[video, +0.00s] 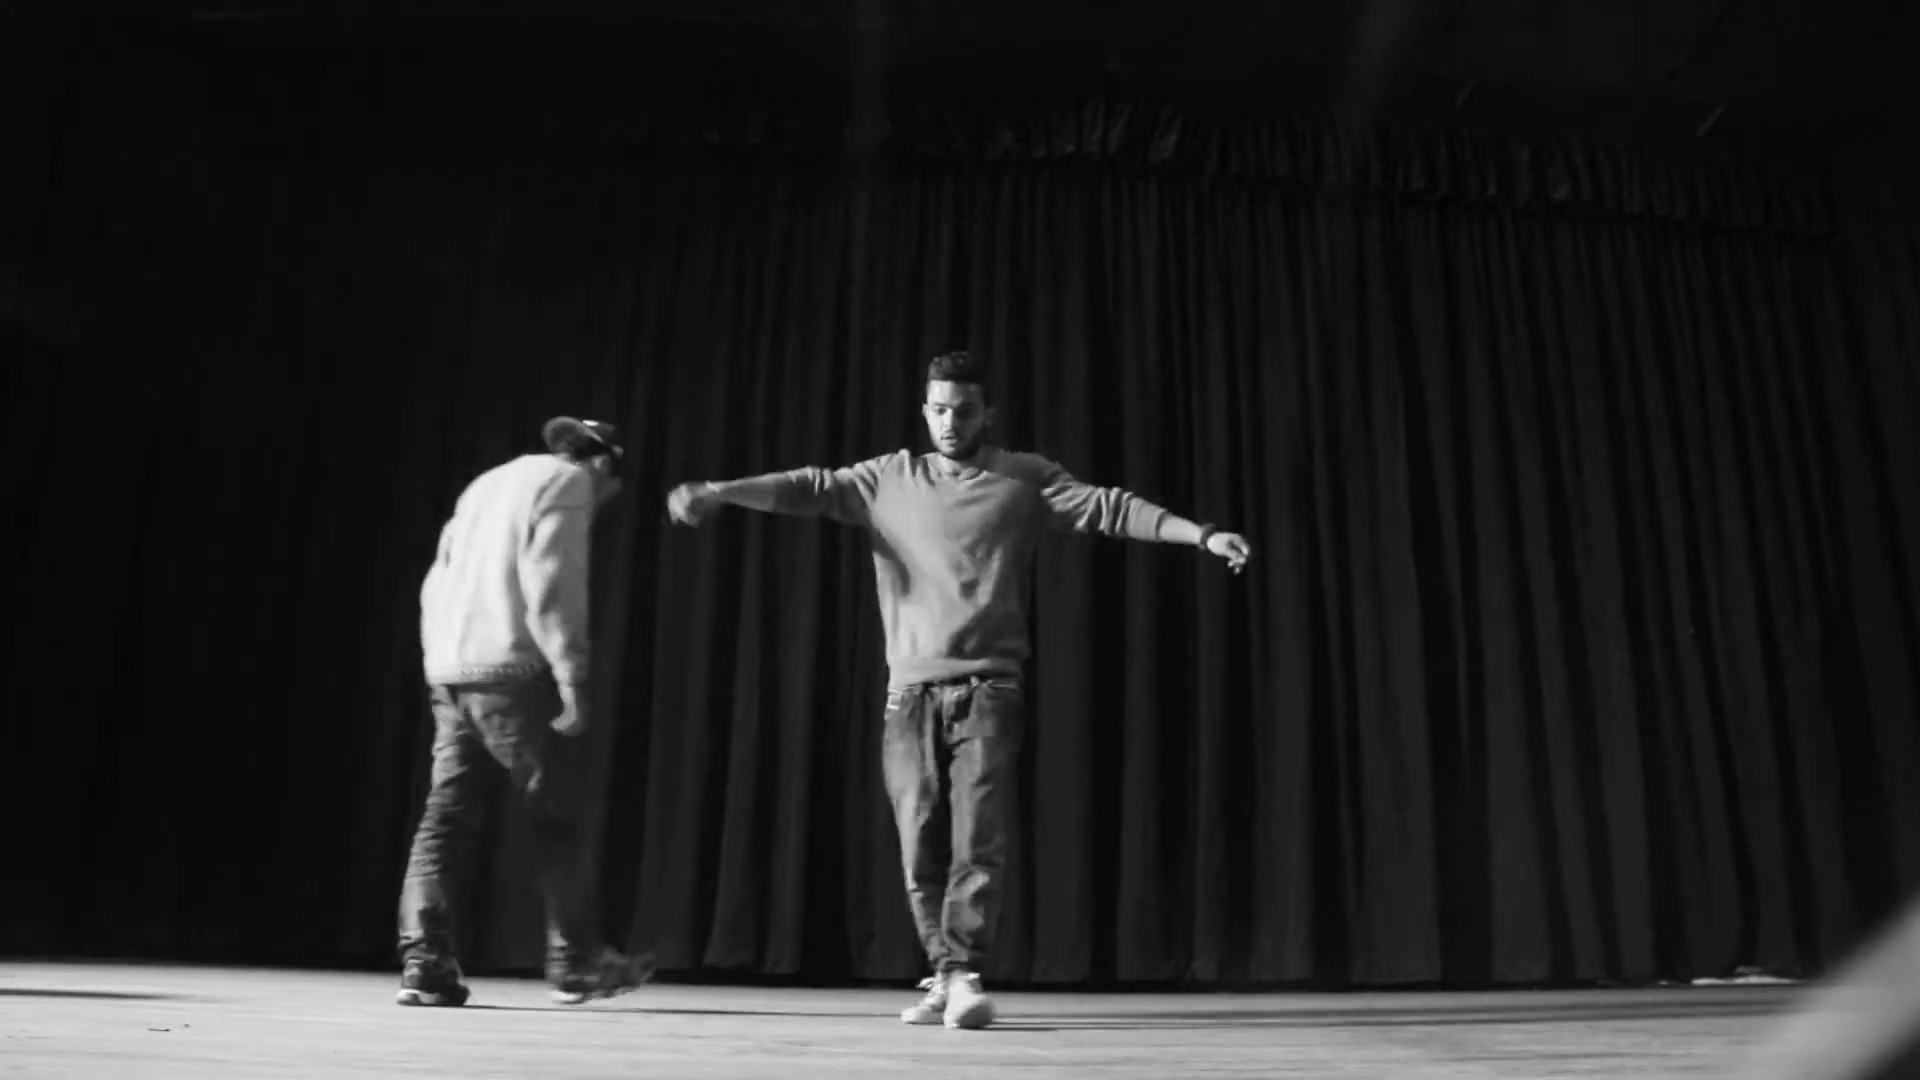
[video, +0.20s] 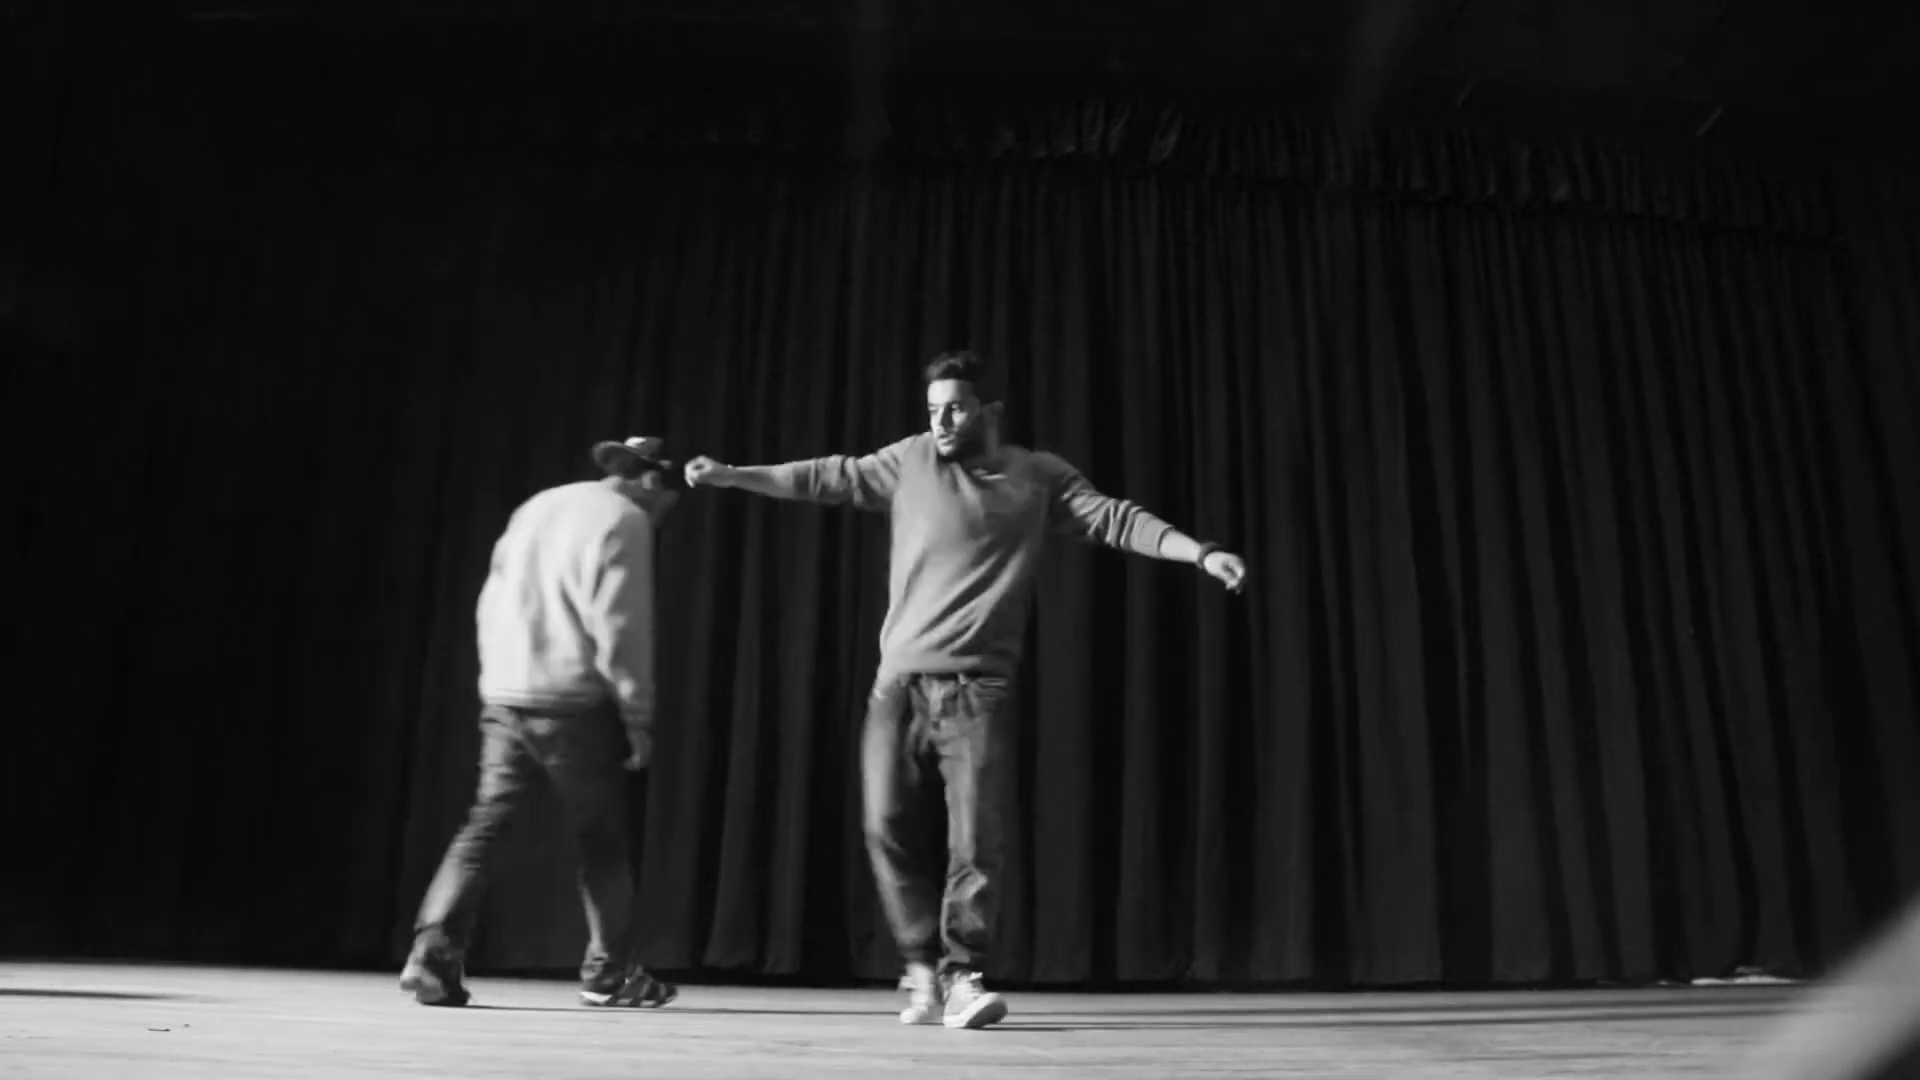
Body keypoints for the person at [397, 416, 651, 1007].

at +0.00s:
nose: (605, 494)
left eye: (610, 485)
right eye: (609, 481)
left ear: (560, 450)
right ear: (599, 462)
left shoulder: (485, 485)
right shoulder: (568, 478)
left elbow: (438, 582)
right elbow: (553, 580)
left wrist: (445, 671)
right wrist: (573, 680)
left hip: (453, 679)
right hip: (511, 676)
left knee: (445, 819)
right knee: (558, 815)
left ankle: (425, 961)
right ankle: (576, 960)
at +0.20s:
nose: (667, 508)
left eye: (672, 498)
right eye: (669, 495)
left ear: (617, 472)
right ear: (650, 479)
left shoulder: (533, 509)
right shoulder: (624, 519)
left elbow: (494, 605)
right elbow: (620, 626)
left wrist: (503, 684)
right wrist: (638, 718)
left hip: (507, 699)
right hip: (572, 704)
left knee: (484, 828)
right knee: (602, 835)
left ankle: (432, 955)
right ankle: (610, 970)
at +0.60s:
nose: (751, 506)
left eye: (753, 496)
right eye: (748, 494)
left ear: (698, 484)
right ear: (720, 485)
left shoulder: (624, 532)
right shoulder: (713, 532)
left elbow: (596, 630)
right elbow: (728, 632)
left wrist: (608, 711)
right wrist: (749, 715)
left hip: (623, 708)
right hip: (677, 707)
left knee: (649, 837)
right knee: (656, 840)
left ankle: (622, 965)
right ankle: (605, 962)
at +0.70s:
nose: (766, 511)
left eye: (768, 502)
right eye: (763, 499)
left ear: (712, 489)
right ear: (739, 489)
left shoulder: (647, 541)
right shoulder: (729, 535)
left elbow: (622, 639)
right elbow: (744, 636)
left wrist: (637, 718)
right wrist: (774, 721)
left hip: (649, 716)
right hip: (696, 713)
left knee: (695, 845)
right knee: (666, 842)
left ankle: (689, 968)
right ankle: (617, 966)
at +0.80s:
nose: (789, 516)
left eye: (790, 506)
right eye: (784, 504)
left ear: (737, 500)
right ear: (759, 499)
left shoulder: (672, 553)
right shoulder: (745, 545)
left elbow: (649, 644)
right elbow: (757, 638)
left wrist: (664, 713)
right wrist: (788, 720)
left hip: (670, 717)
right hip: (715, 713)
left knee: (722, 842)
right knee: (679, 836)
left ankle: (749, 964)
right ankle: (618, 960)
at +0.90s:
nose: (817, 524)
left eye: (816, 514)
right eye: (809, 513)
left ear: (760, 513)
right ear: (781, 513)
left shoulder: (707, 565)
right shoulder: (762, 557)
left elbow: (682, 657)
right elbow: (767, 647)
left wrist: (693, 723)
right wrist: (794, 729)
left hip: (698, 724)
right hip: (734, 723)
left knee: (755, 850)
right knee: (694, 842)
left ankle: (781, 972)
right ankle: (622, 957)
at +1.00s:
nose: (843, 539)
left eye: (844, 529)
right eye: (836, 528)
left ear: (803, 522)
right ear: (807, 523)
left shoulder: (764, 560)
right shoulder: (778, 560)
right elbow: (774, 649)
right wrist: (793, 729)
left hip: (743, 721)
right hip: (749, 722)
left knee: (782, 851)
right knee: (741, 846)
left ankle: (786, 970)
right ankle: (641, 942)